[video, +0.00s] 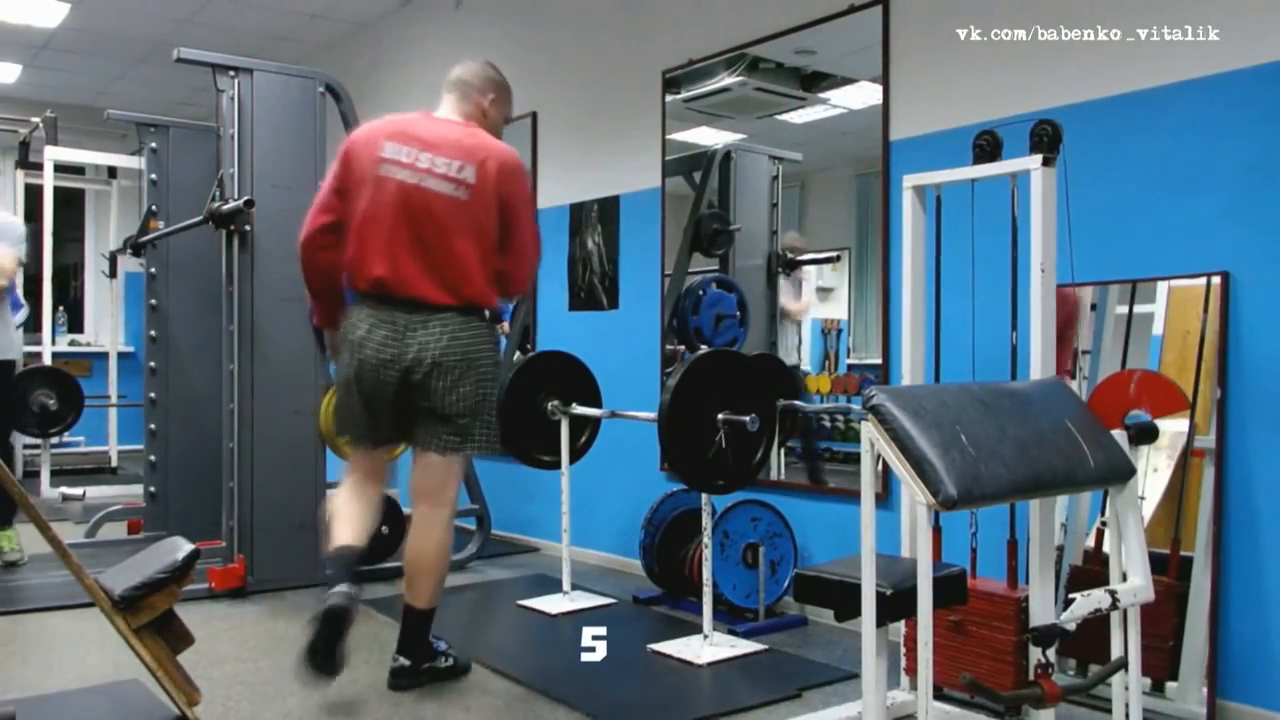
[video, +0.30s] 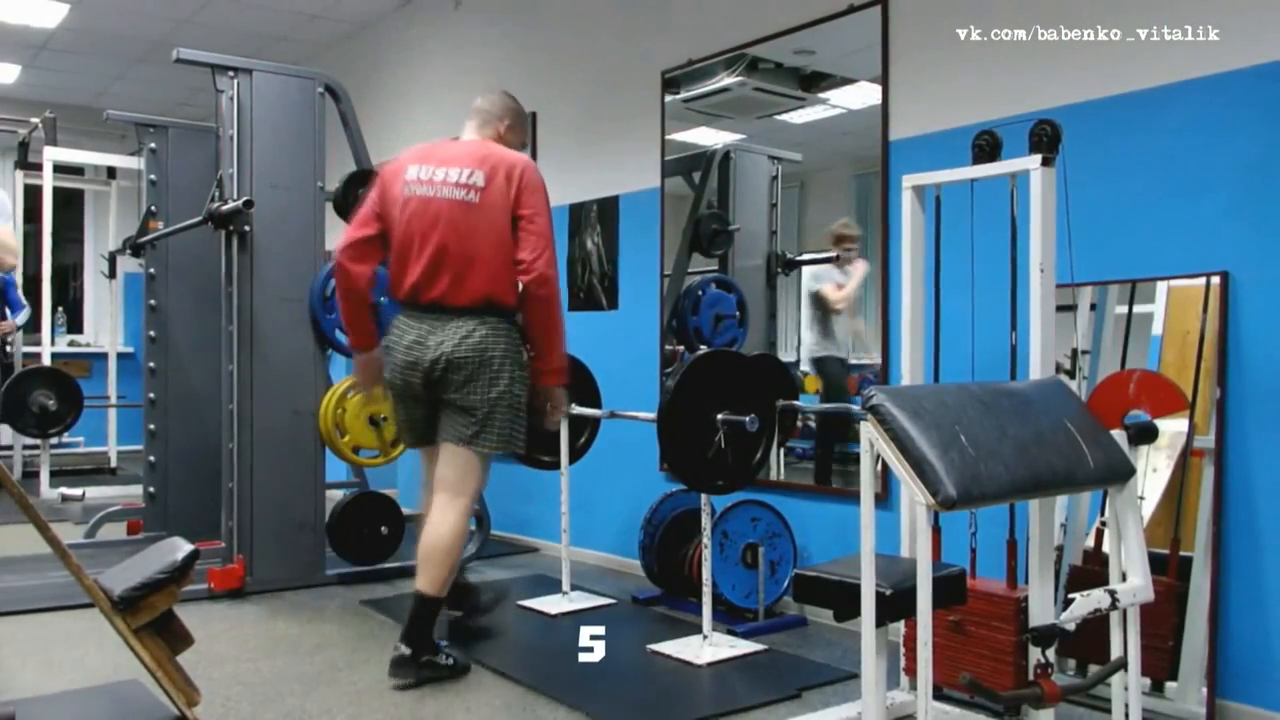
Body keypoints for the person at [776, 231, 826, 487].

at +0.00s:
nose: (798, 261)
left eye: (800, 256)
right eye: (793, 255)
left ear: (801, 257)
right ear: (783, 256)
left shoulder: (794, 280)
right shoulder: (775, 281)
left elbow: (799, 309)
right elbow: (797, 311)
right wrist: (807, 280)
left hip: (794, 362)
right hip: (779, 364)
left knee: (805, 418)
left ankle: (817, 474)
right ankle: (816, 475)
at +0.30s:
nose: (852, 255)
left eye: (855, 249)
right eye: (846, 250)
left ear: (857, 249)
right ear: (834, 248)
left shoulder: (846, 273)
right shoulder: (816, 269)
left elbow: (854, 318)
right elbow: (837, 302)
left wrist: (870, 351)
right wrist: (858, 275)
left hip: (840, 352)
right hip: (820, 350)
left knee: (831, 417)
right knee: (840, 410)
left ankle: (823, 478)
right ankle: (825, 476)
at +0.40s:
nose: (866, 259)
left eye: (870, 254)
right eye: (860, 253)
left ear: (873, 253)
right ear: (847, 251)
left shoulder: (869, 276)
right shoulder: (830, 274)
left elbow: (879, 320)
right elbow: (852, 305)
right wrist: (874, 278)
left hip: (872, 360)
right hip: (845, 362)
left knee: (837, 424)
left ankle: (823, 482)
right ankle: (823, 482)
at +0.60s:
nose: (870, 216)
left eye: (875, 206)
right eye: (862, 209)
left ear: (888, 199)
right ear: (855, 206)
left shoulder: (909, 231)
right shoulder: (855, 238)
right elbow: (839, 299)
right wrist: (827, 348)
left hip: (912, 341)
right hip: (872, 341)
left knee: (907, 420)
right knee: (860, 417)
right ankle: (855, 479)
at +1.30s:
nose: (843, 243)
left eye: (850, 234)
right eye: (837, 236)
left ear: (873, 216)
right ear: (828, 227)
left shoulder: (896, 236)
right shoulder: (828, 236)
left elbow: (892, 319)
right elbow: (828, 303)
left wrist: (870, 389)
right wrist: (826, 361)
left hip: (897, 336)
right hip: (861, 336)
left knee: (879, 431)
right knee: (831, 430)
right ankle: (849, 513)